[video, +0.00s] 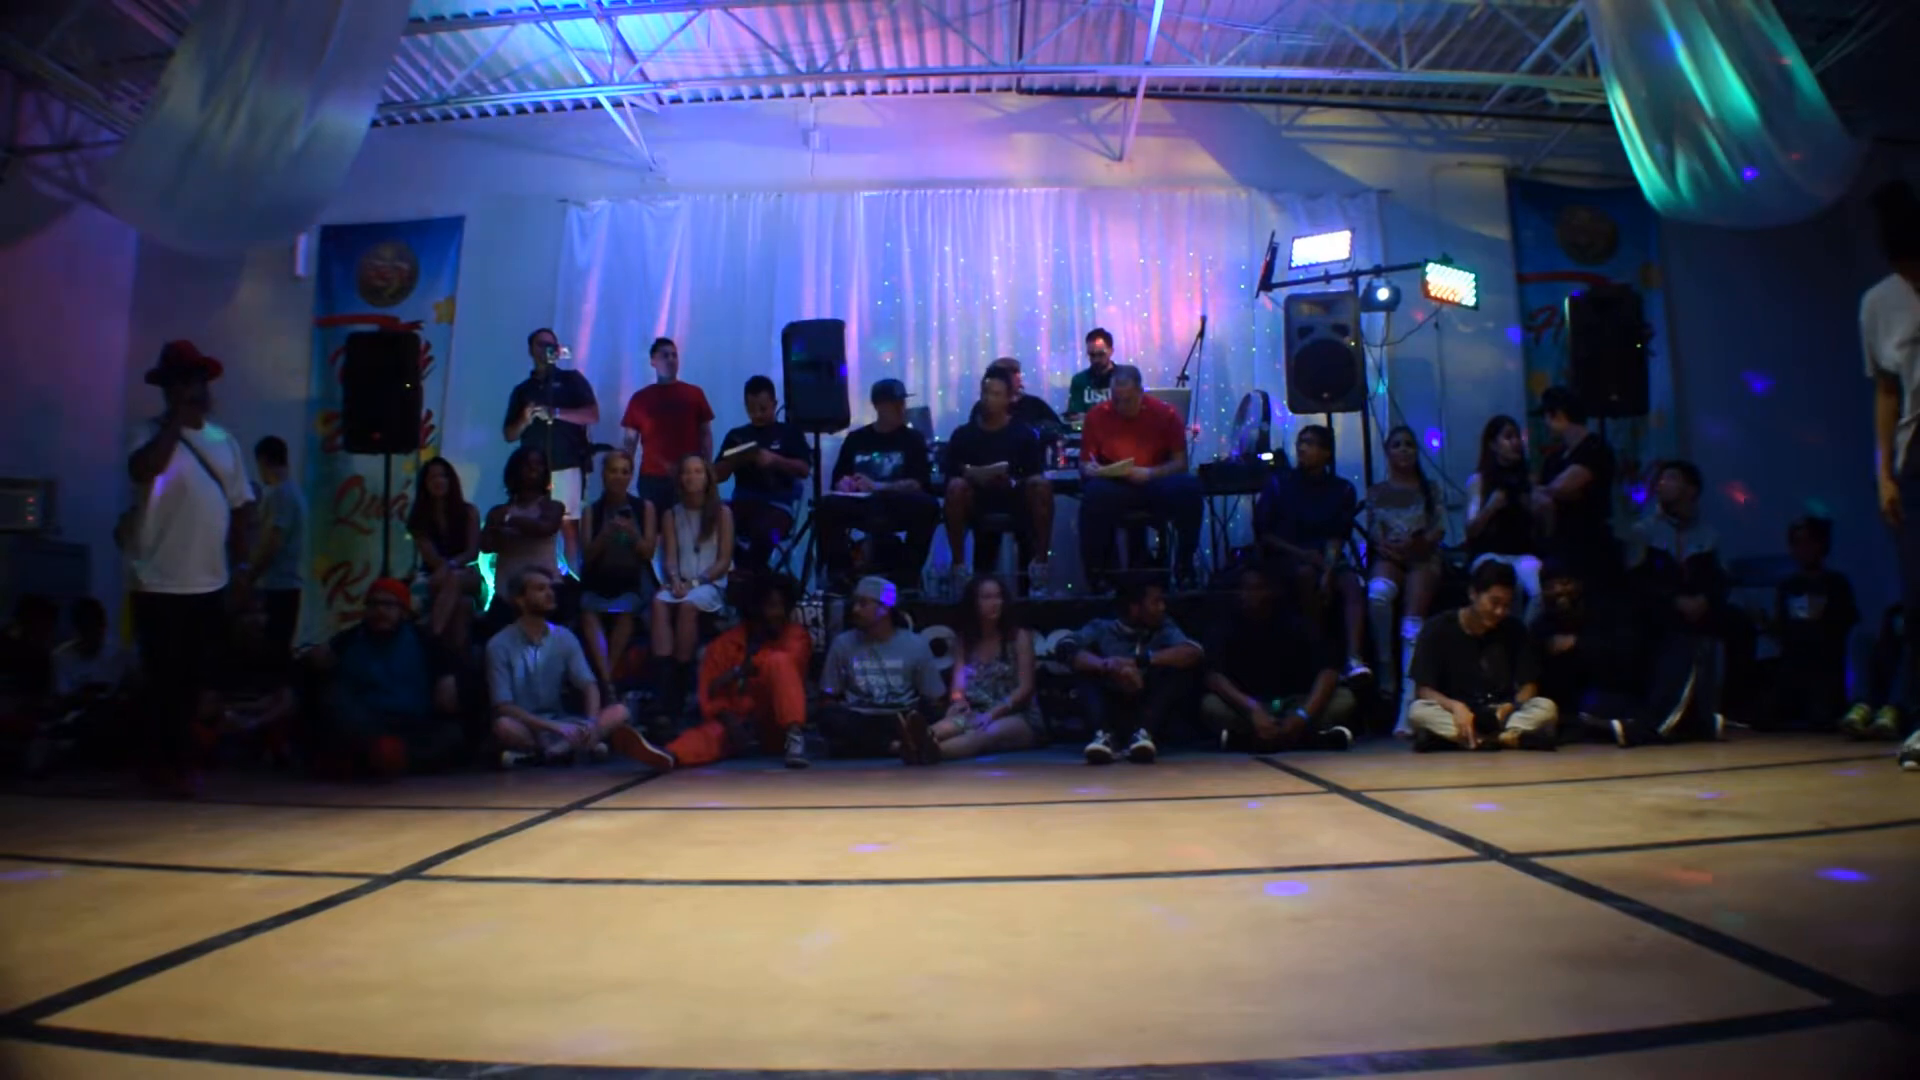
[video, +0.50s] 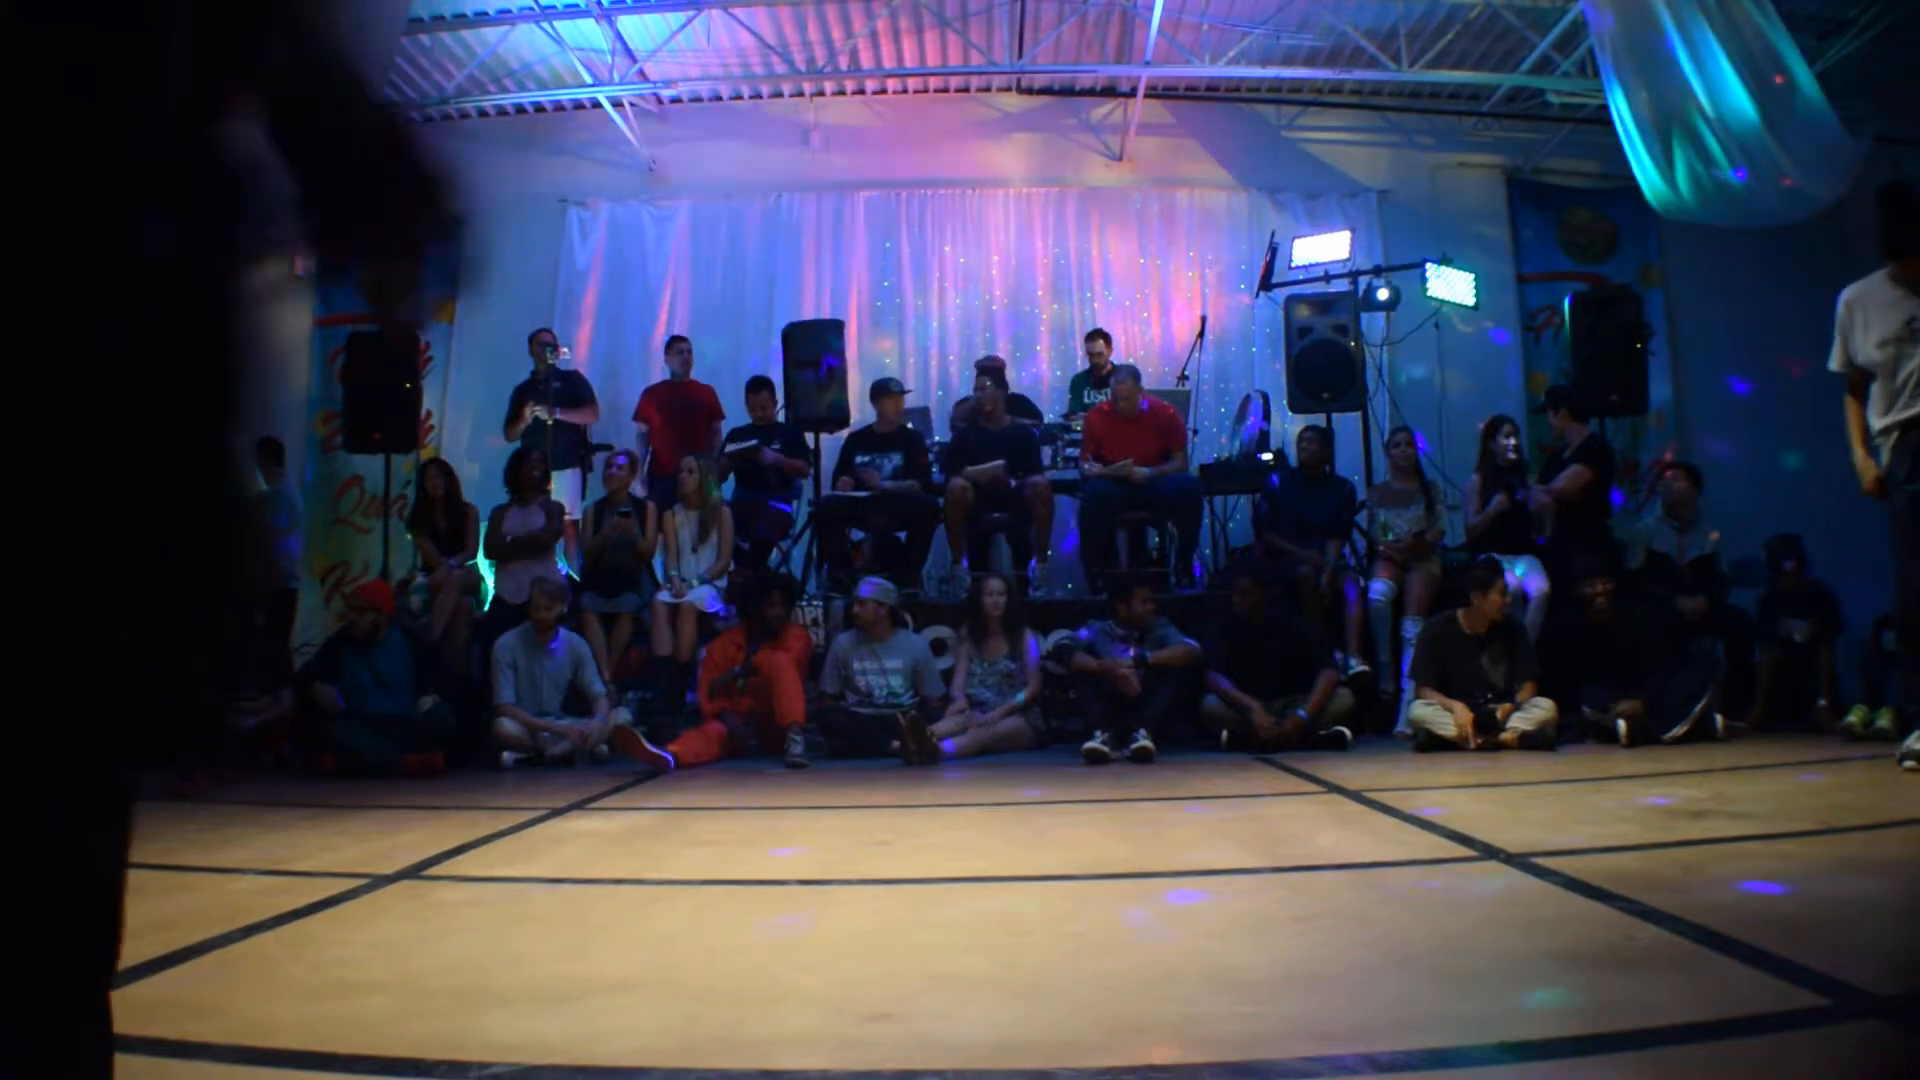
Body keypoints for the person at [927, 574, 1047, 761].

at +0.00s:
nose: (993, 603)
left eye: (997, 597)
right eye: (986, 597)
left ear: (1004, 601)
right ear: (974, 602)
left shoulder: (1019, 637)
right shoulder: (966, 640)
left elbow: (1026, 687)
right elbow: (957, 688)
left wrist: (990, 715)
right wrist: (960, 701)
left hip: (1010, 708)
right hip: (974, 708)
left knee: (991, 734)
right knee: (947, 726)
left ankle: (934, 752)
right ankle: (917, 741)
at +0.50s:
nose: (996, 600)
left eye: (1001, 595)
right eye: (989, 595)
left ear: (1008, 599)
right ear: (979, 599)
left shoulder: (1024, 636)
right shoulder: (969, 636)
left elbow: (1034, 687)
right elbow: (957, 686)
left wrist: (996, 714)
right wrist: (962, 703)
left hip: (1013, 710)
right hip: (977, 710)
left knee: (981, 736)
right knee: (958, 721)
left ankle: (935, 752)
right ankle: (922, 736)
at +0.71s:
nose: (992, 601)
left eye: (998, 595)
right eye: (986, 595)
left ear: (1007, 599)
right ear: (977, 599)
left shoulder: (1023, 634)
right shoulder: (969, 634)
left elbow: (1050, 675)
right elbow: (956, 686)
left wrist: (1043, 712)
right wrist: (963, 704)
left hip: (1017, 709)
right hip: (979, 707)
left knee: (983, 735)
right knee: (962, 719)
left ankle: (936, 751)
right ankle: (923, 736)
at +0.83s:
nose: (991, 601)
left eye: (997, 595)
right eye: (985, 595)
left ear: (1006, 600)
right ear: (975, 599)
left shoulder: (1023, 635)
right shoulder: (967, 637)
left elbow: (1050, 673)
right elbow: (956, 687)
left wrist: (1052, 719)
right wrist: (963, 703)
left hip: (1018, 710)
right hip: (979, 708)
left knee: (981, 733)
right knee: (959, 720)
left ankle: (935, 752)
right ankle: (921, 737)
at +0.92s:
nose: (990, 601)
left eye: (996, 595)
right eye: (984, 595)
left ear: (1005, 600)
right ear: (974, 600)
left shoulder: (1023, 635)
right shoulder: (966, 638)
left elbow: (1044, 677)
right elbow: (954, 689)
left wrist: (1052, 721)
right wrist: (968, 704)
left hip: (1018, 711)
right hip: (978, 708)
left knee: (984, 733)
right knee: (959, 718)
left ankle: (936, 752)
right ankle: (926, 735)